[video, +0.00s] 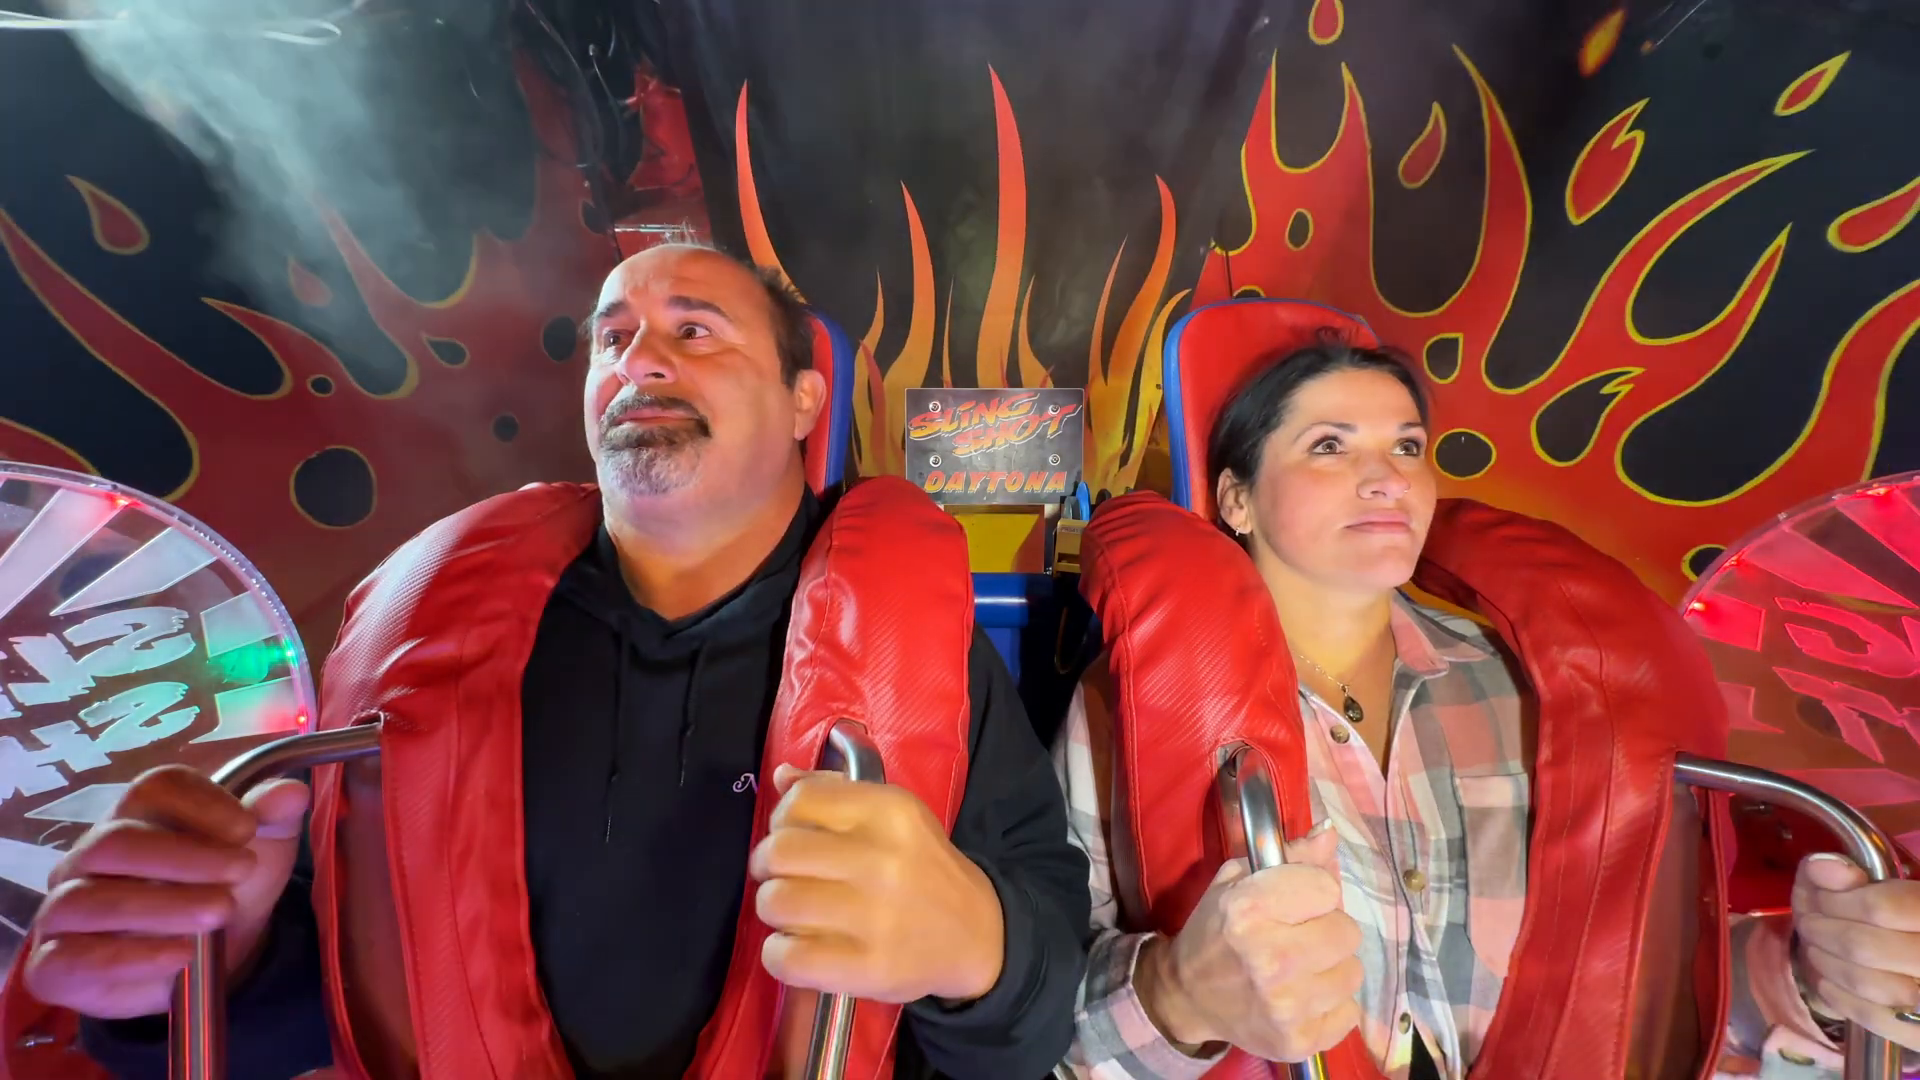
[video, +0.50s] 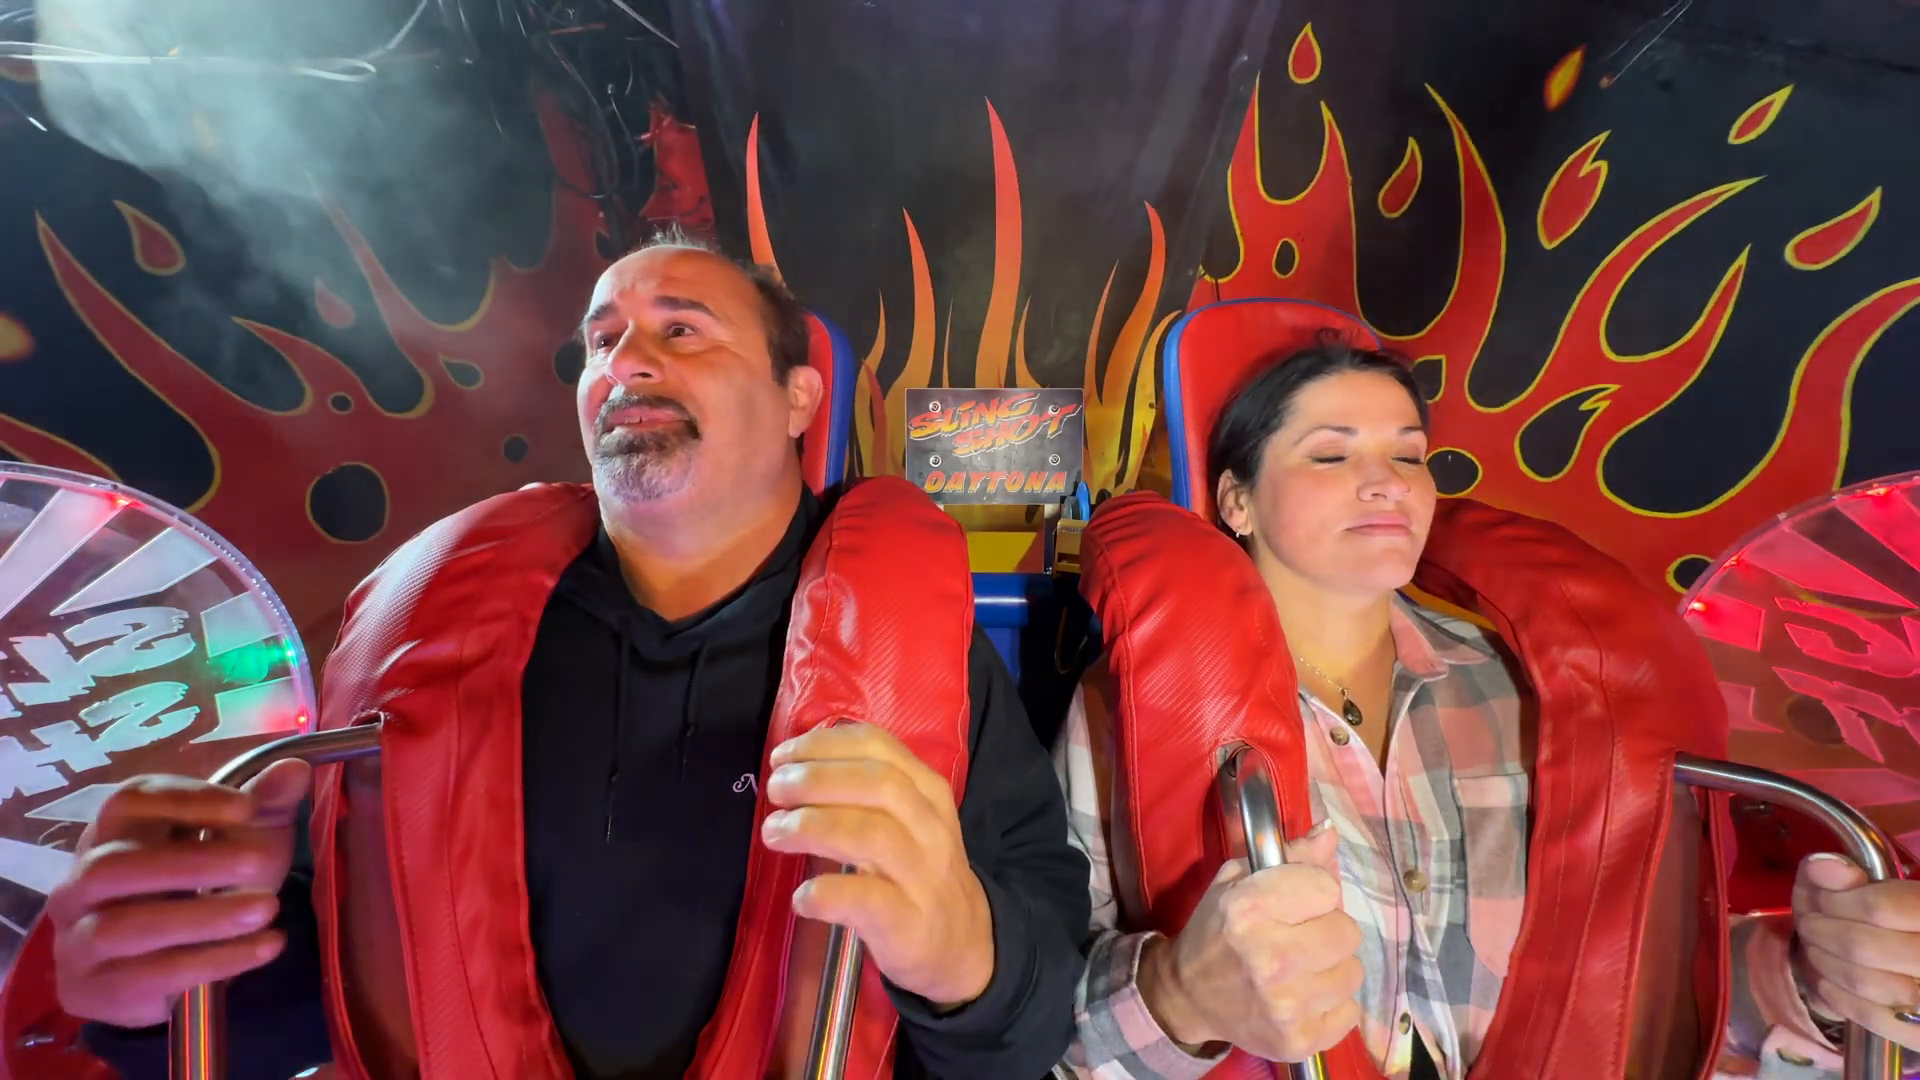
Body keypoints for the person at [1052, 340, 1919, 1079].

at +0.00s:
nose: (1388, 478)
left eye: (1408, 449)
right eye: (1331, 447)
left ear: (1436, 489)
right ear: (1238, 501)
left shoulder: (1524, 694)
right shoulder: (1141, 714)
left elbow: (1616, 979)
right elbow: (1045, 1031)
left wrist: (1802, 976)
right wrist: (1171, 1001)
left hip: (1495, 1065)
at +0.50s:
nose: (1388, 487)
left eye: (1408, 459)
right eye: (1332, 457)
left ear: (1435, 491)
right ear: (1238, 503)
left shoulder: (1522, 694)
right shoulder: (1141, 715)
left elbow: (1611, 976)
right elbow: (1046, 1036)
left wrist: (1800, 975)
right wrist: (1172, 1001)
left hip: (1492, 1066)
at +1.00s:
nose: (1383, 485)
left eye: (1406, 457)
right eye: (1331, 458)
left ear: (1435, 492)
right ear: (1239, 501)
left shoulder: (1516, 689)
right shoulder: (1144, 710)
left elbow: (1609, 969)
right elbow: (1057, 1031)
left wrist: (1802, 973)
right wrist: (1172, 996)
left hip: (1494, 1066)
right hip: (1260, 1073)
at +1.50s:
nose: (1383, 485)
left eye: (1405, 456)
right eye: (1330, 457)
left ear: (1435, 490)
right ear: (1239, 501)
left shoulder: (1519, 688)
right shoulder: (1143, 712)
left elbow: (1614, 963)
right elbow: (1055, 1033)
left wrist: (1797, 970)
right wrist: (1170, 996)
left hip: (1497, 1066)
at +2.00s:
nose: (1386, 487)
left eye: (1408, 459)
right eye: (1331, 458)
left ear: (1437, 491)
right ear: (1238, 502)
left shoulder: (1517, 691)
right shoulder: (1141, 714)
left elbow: (1611, 968)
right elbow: (1055, 1035)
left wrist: (1798, 973)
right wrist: (1171, 1001)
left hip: (1491, 1067)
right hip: (1257, 1073)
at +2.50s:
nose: (1387, 488)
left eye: (1407, 458)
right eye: (1331, 457)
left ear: (1435, 490)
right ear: (1238, 502)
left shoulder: (1514, 691)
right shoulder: (1141, 715)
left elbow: (1608, 969)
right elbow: (1057, 1036)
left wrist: (1794, 971)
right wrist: (1171, 1002)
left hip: (1489, 1067)